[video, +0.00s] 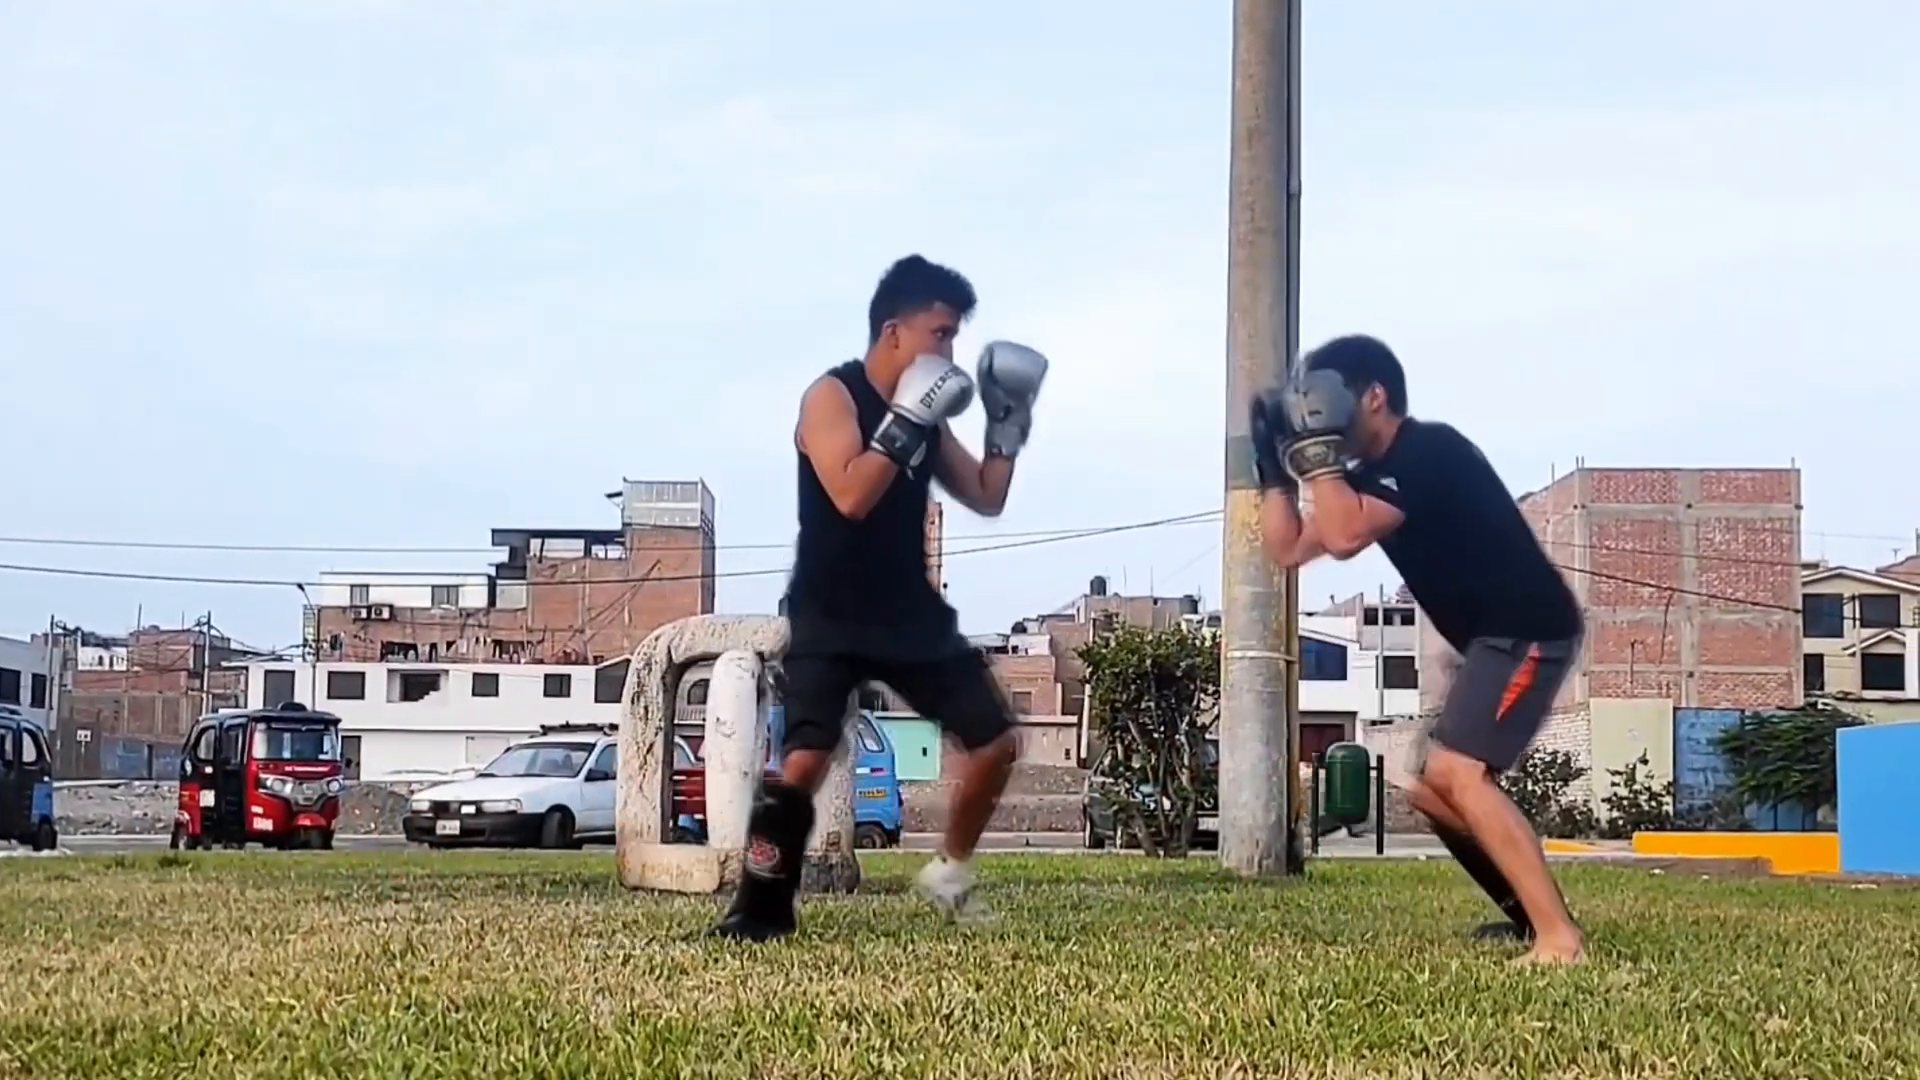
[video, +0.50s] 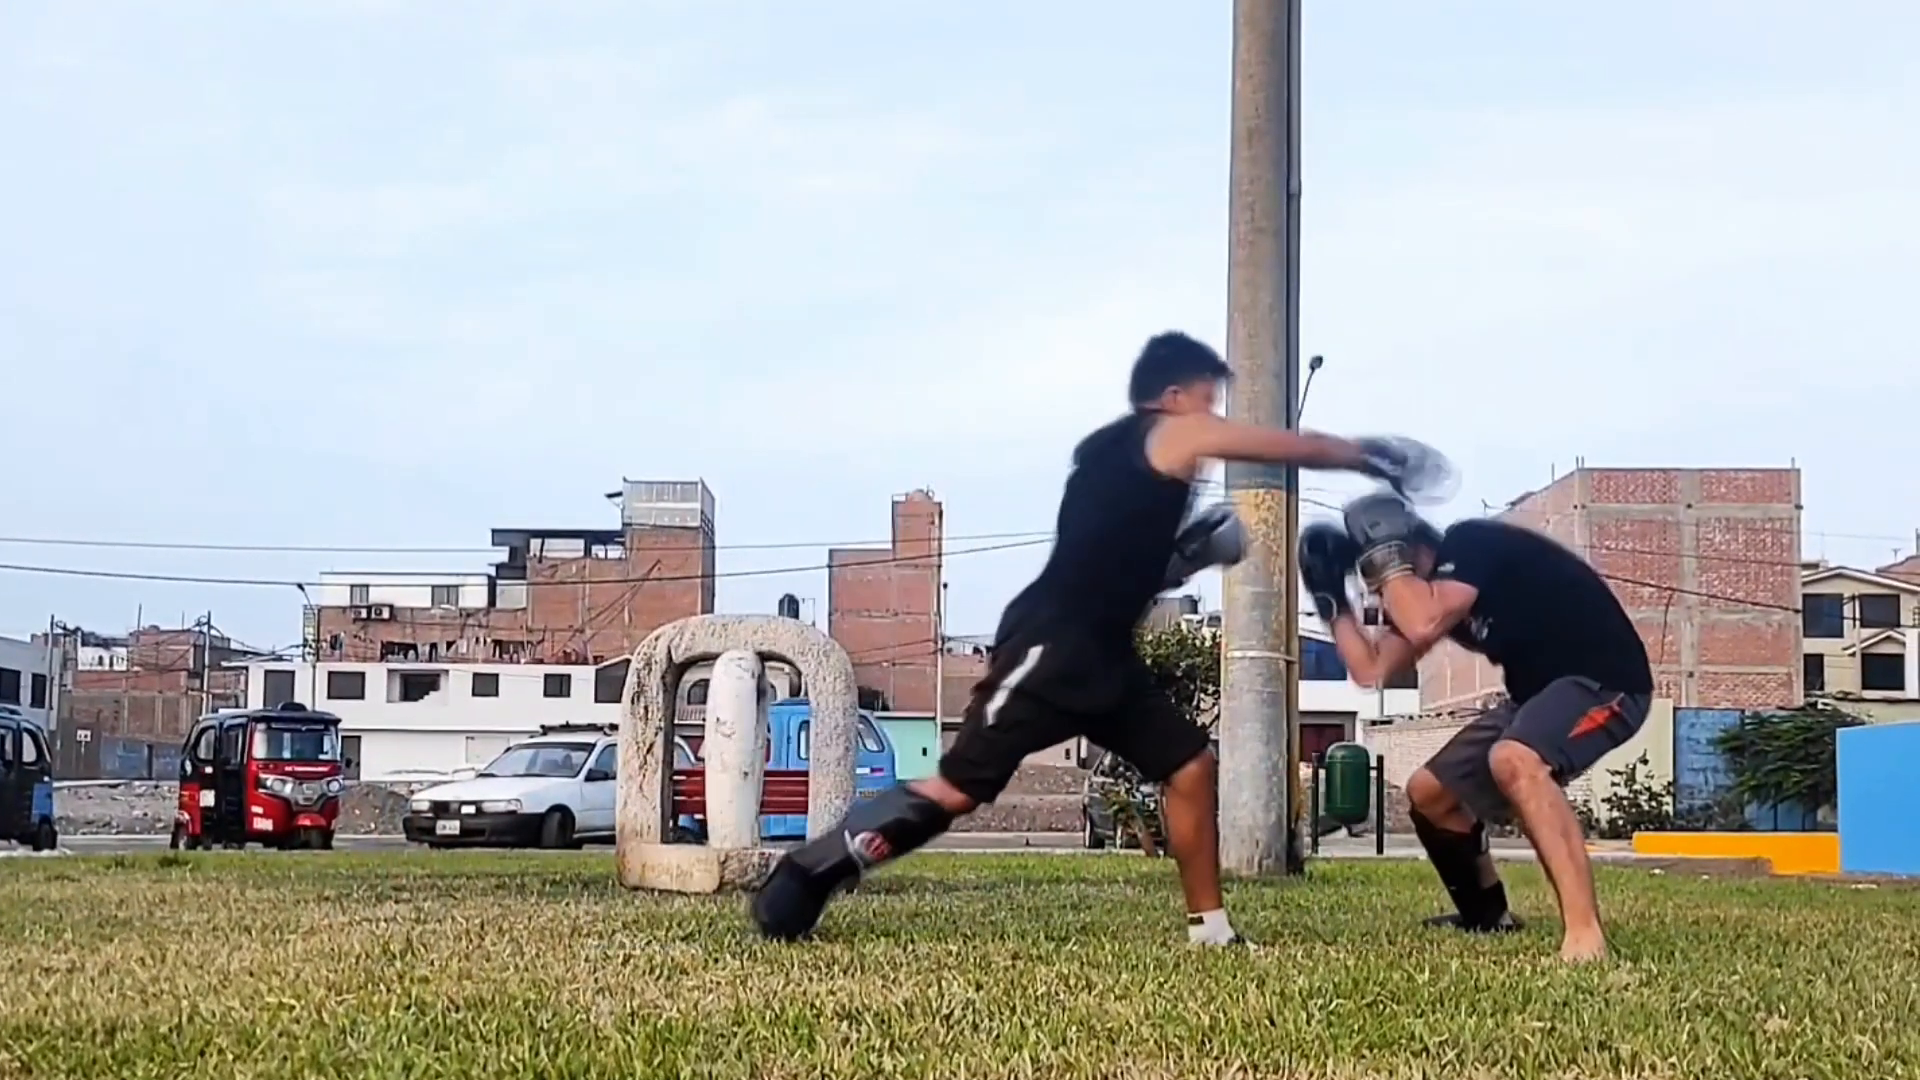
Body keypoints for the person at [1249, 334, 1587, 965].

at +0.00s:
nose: (1327, 422)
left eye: (1337, 405)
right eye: (1320, 410)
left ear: (1378, 397)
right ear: (1365, 404)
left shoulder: (1429, 448)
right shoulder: (1372, 475)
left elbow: (1343, 536)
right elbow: (1287, 552)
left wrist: (1314, 452)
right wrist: (1271, 468)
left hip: (1530, 631)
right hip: (1490, 638)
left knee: (1456, 772)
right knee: (1428, 790)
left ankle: (1559, 939)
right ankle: (1532, 918)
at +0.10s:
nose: (1336, 427)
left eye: (1347, 410)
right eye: (1330, 415)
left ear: (1395, 406)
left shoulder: (1457, 458)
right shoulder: (1391, 491)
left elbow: (1407, 553)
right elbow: (1314, 569)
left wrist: (1358, 467)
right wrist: (1297, 483)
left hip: (1547, 637)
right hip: (1509, 642)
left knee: (1464, 774)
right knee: (1442, 795)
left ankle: (1560, 939)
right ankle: (1541, 922)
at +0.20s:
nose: (1349, 417)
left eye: (1361, 399)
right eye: (1344, 404)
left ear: (1410, 393)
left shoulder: (1472, 443)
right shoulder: (1396, 470)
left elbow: (1430, 551)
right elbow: (1327, 557)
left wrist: (1376, 463)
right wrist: (1308, 468)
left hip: (1559, 613)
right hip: (1508, 620)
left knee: (1489, 746)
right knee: (1451, 771)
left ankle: (1554, 931)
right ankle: (1541, 914)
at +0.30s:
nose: (1376, 446)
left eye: (1382, 430)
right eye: (1367, 436)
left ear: (1418, 417)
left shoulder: (1477, 460)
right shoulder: (1416, 489)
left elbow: (1420, 557)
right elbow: (1341, 569)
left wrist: (1377, 469)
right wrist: (1316, 482)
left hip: (1573, 624)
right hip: (1510, 630)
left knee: (1501, 745)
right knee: (1439, 760)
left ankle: (1584, 931)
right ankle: (1530, 893)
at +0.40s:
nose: (1398, 535)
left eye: (1397, 519)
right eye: (1390, 528)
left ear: (1420, 494)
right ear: (1420, 500)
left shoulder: (1480, 507)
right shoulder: (1438, 551)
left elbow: (1408, 595)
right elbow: (1363, 611)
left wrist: (1371, 516)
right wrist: (1326, 532)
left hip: (1593, 662)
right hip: (1526, 672)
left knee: (1511, 753)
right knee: (1427, 780)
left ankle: (1584, 935)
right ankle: (1481, 907)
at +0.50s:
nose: (1384, 596)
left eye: (1390, 578)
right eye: (1379, 590)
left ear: (1414, 551)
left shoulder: (1474, 542)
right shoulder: (1434, 593)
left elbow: (1422, 623)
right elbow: (1370, 670)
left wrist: (1382, 552)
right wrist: (1330, 596)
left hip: (1604, 680)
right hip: (1533, 696)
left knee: (1516, 759)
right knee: (1430, 795)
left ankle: (1584, 935)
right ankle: (1486, 918)